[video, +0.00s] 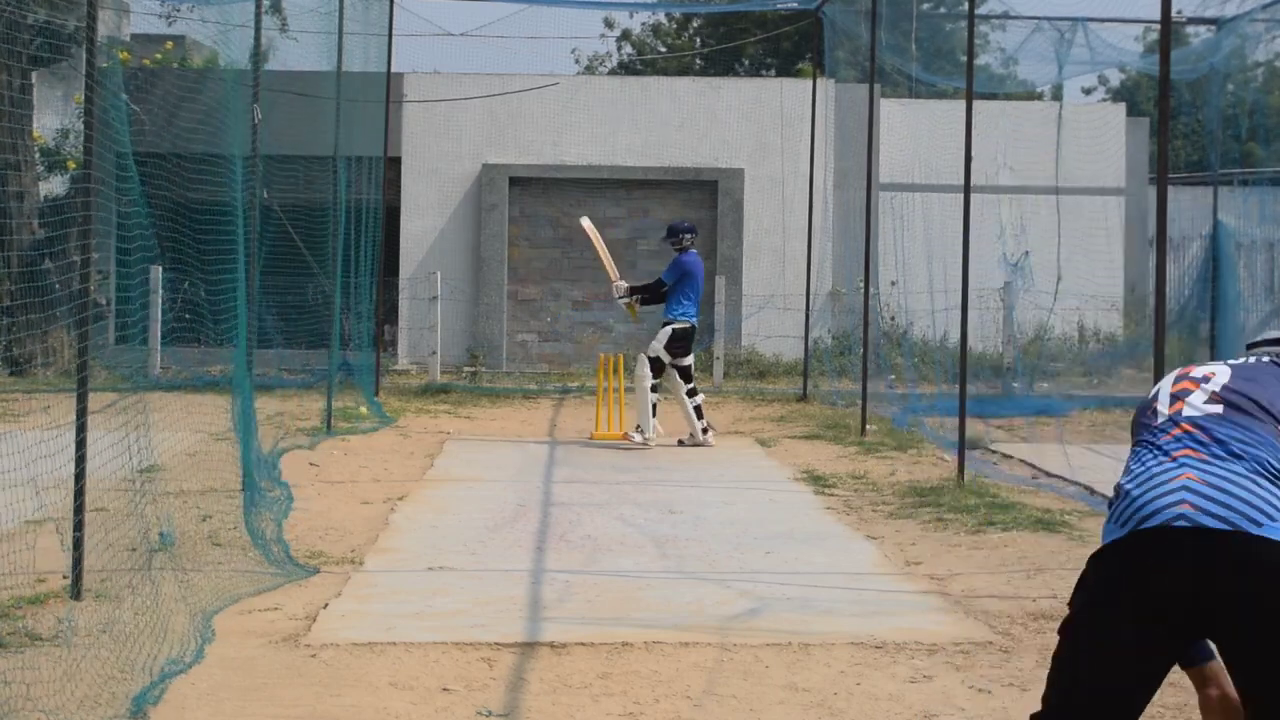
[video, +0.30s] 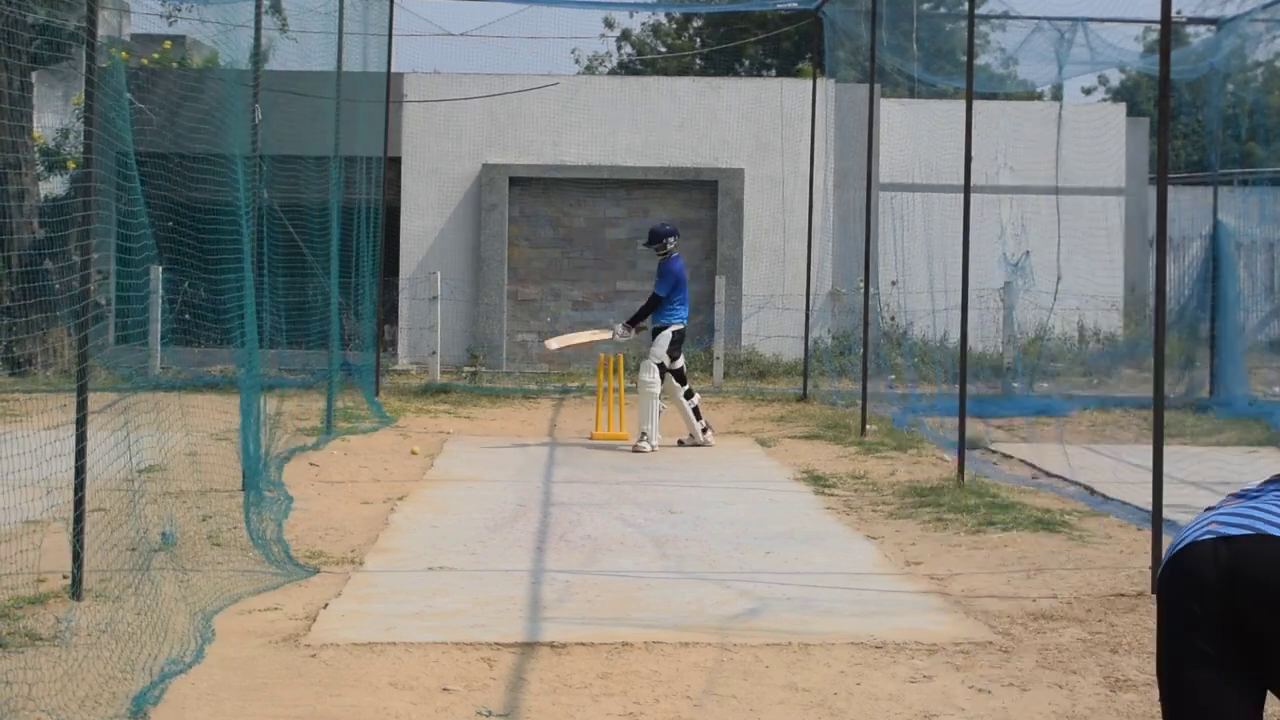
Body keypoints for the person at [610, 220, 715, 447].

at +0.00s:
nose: (672, 245)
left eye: (674, 241)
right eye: (671, 241)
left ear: (682, 239)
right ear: (690, 239)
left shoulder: (683, 260)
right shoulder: (693, 261)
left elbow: (656, 287)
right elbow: (666, 295)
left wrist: (627, 289)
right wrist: (636, 300)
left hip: (675, 328)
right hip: (686, 328)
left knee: (647, 371)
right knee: (682, 381)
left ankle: (646, 432)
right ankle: (701, 433)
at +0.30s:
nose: (655, 250)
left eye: (657, 246)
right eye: (654, 246)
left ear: (665, 244)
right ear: (670, 244)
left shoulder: (671, 266)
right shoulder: (668, 264)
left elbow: (655, 300)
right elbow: (656, 300)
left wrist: (628, 323)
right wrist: (636, 324)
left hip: (671, 328)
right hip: (664, 327)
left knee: (650, 375)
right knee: (677, 383)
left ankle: (648, 438)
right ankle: (701, 432)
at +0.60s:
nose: (634, 251)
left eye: (637, 247)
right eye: (632, 247)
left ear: (649, 243)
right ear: (631, 246)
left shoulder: (659, 267)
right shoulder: (631, 262)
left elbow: (653, 305)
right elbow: (626, 290)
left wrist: (634, 331)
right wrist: (623, 319)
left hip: (654, 324)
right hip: (634, 323)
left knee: (644, 376)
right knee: (630, 382)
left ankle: (648, 437)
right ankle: (655, 413)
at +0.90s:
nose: (605, 265)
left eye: (608, 261)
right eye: (601, 262)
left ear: (619, 252)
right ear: (595, 255)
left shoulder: (632, 270)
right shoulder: (592, 268)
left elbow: (637, 304)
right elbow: (584, 299)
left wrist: (626, 332)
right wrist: (581, 330)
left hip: (624, 330)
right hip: (597, 329)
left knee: (629, 381)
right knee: (580, 382)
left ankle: (645, 437)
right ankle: (564, 433)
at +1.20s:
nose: (587, 271)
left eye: (591, 267)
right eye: (584, 268)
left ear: (598, 258)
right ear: (577, 258)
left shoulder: (606, 267)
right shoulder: (566, 270)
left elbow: (612, 290)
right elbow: (558, 306)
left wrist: (629, 317)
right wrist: (551, 338)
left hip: (596, 328)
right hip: (569, 328)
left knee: (608, 378)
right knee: (568, 380)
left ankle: (602, 433)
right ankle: (563, 434)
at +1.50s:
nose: (588, 262)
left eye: (592, 259)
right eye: (586, 257)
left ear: (595, 253)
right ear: (578, 248)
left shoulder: (585, 264)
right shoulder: (561, 264)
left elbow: (581, 292)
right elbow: (540, 292)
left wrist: (594, 317)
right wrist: (533, 326)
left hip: (571, 323)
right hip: (555, 322)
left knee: (565, 378)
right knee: (565, 377)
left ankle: (539, 429)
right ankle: (561, 434)